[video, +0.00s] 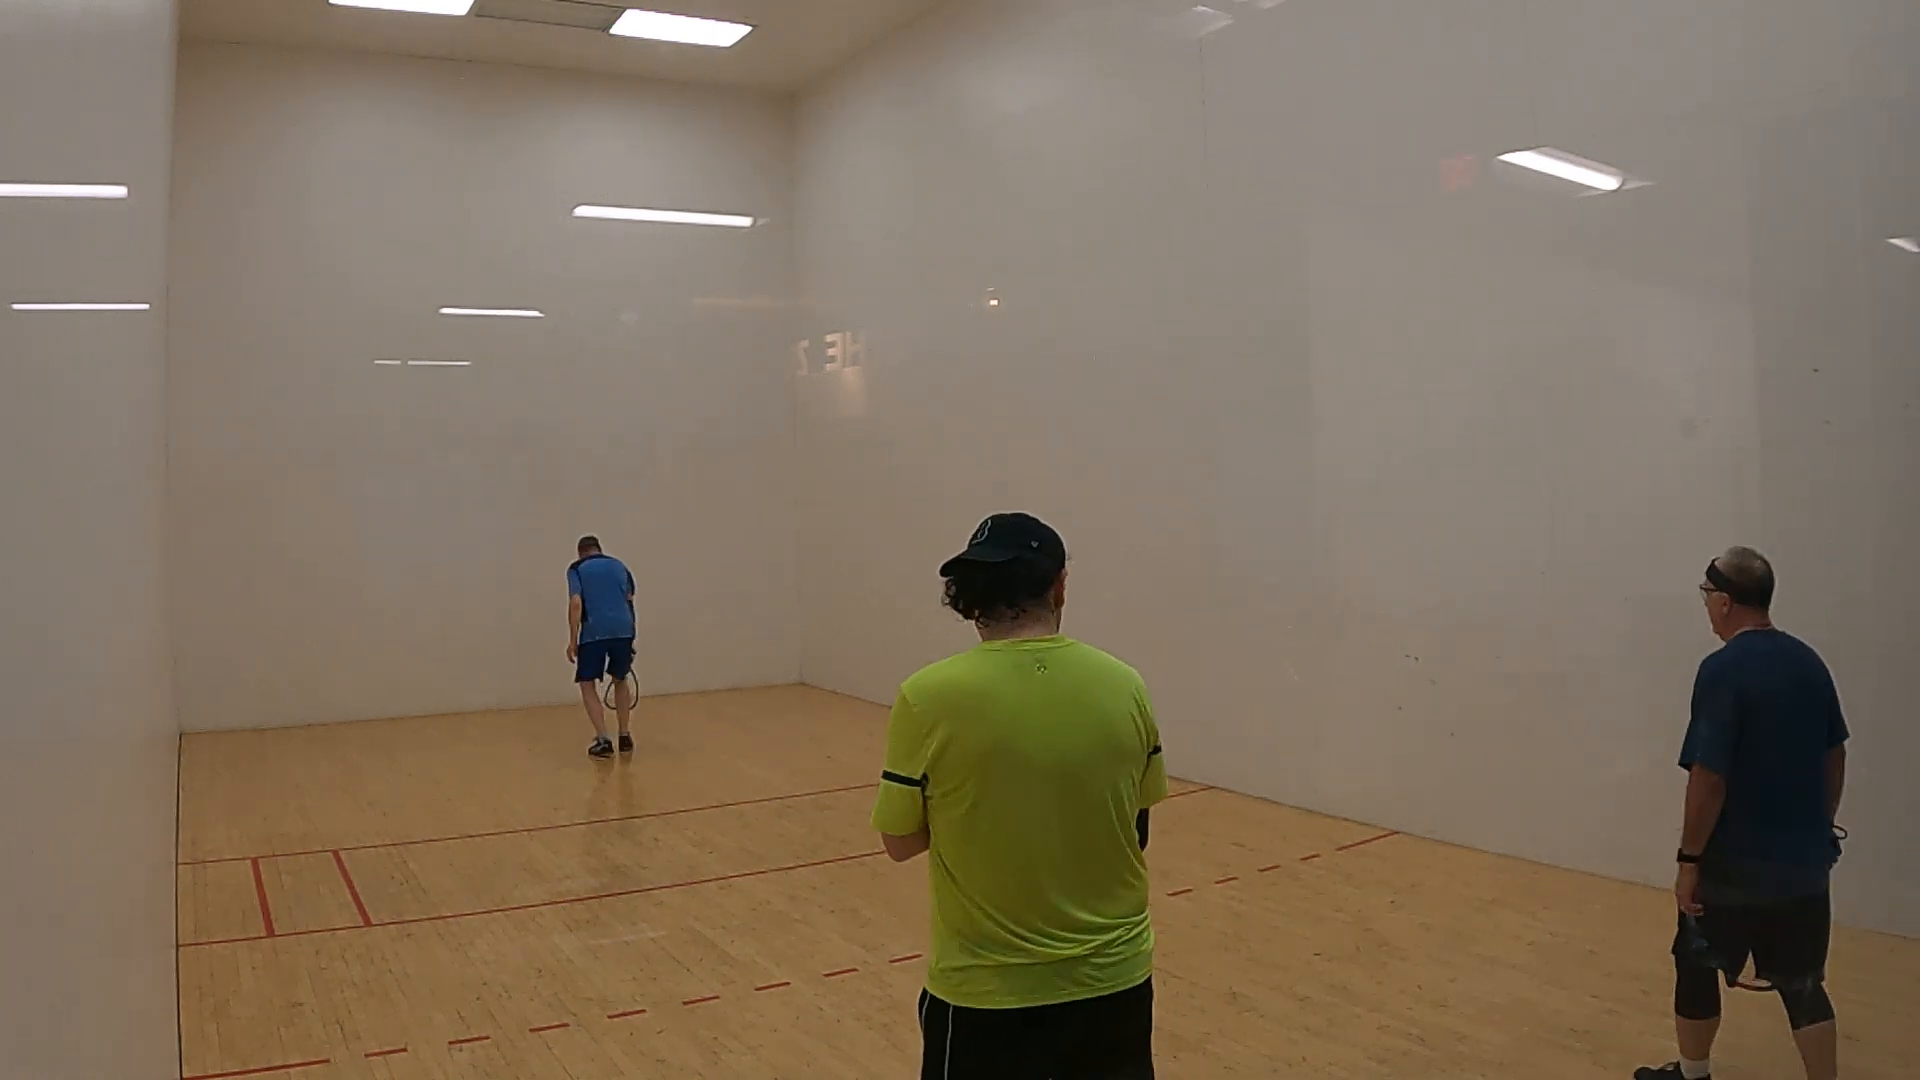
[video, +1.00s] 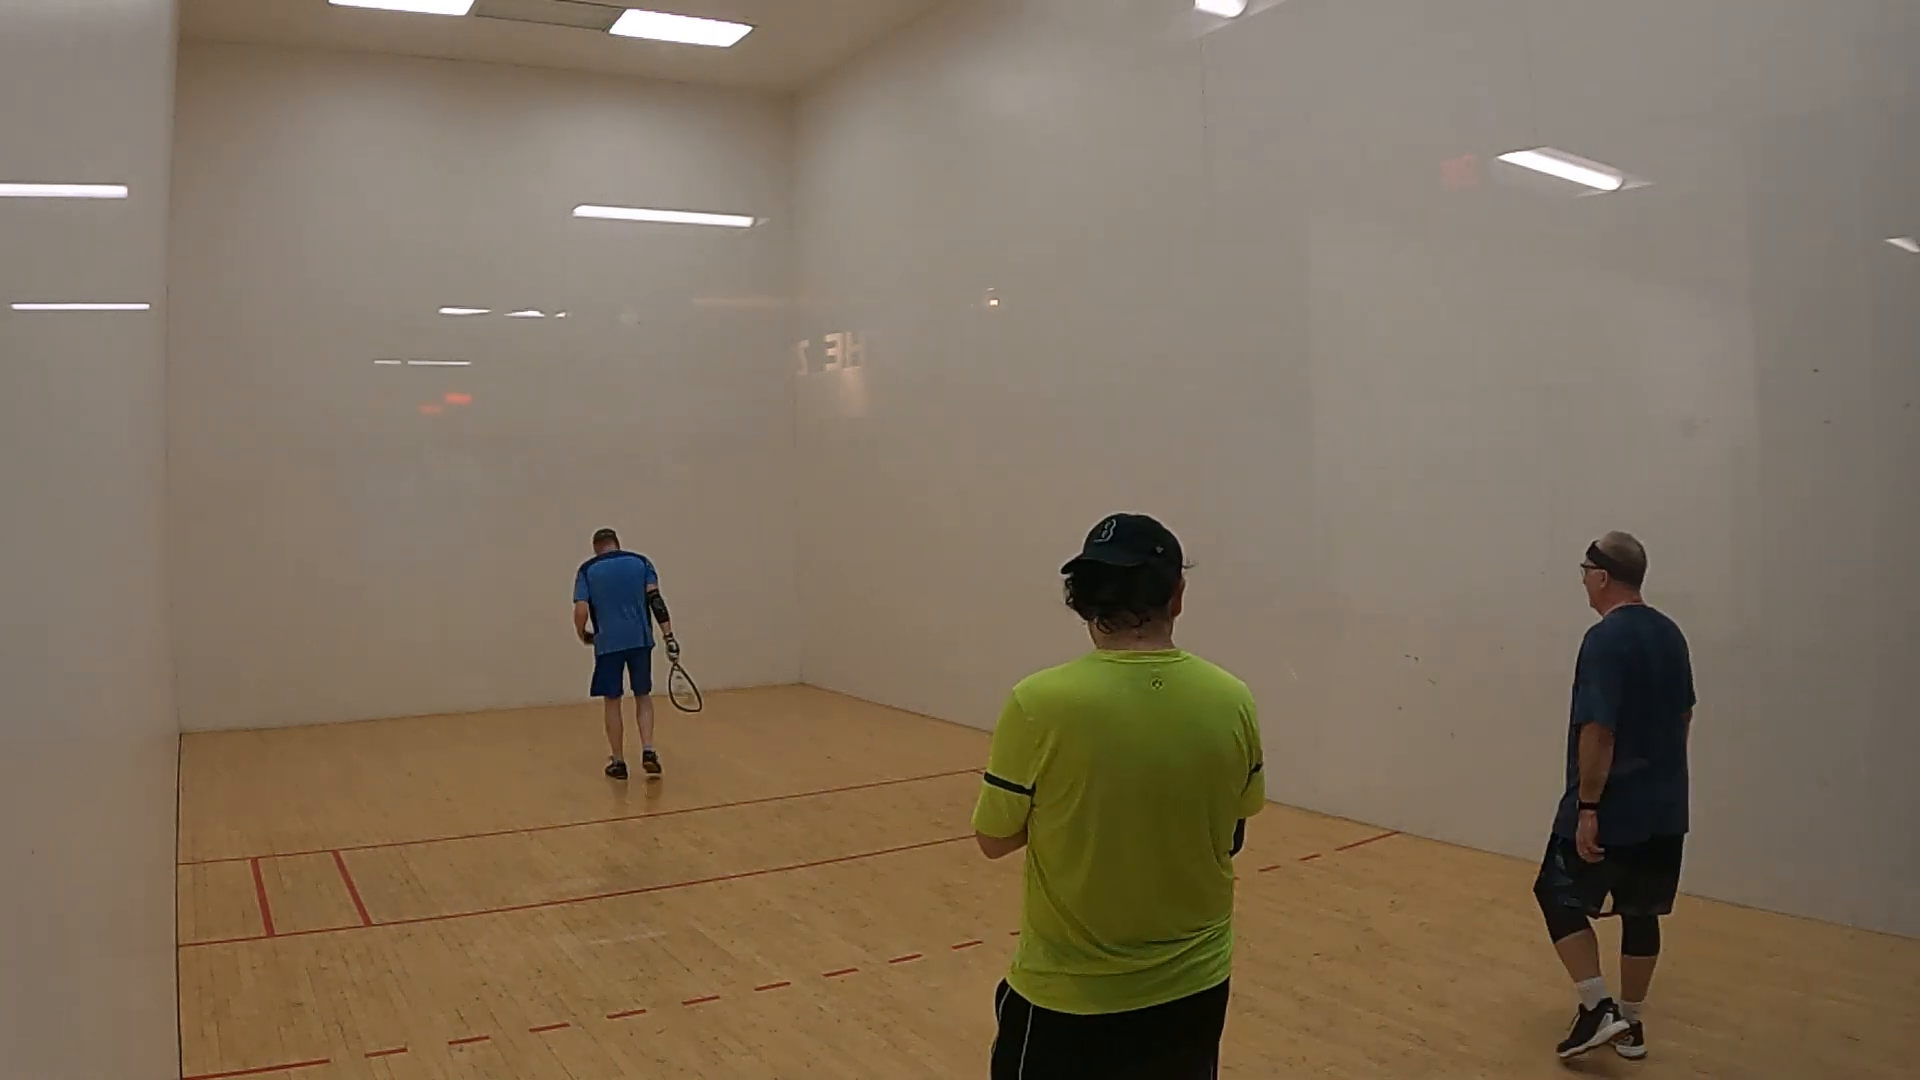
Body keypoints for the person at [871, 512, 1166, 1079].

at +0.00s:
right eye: (1065, 578)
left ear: (968, 595)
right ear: (1060, 586)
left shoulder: (929, 696)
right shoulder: (1122, 685)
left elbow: (901, 842)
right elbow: (1137, 824)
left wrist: (975, 792)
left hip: (983, 1014)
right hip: (1112, 1005)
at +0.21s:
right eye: (1109, 579)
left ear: (1014, 594)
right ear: (1103, 589)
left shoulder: (967, 696)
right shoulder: (1162, 691)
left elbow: (931, 832)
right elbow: (1171, 832)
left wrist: (1008, 793)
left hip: (1003, 1014)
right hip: (1135, 1008)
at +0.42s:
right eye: (1156, 588)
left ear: (1058, 595)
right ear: (1149, 595)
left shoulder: (1011, 698)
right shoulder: (1202, 697)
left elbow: (971, 832)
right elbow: (1207, 831)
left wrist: (1046, 791)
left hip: (1037, 1017)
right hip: (1168, 1010)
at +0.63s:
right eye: (1177, 588)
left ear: (1077, 597)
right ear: (1169, 596)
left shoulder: (1028, 698)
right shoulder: (1220, 700)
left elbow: (984, 832)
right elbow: (1223, 834)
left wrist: (1062, 796)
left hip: (1052, 1017)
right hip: (1181, 1012)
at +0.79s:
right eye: (1182, 588)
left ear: (1081, 597)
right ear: (1175, 597)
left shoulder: (1034, 700)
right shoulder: (1226, 699)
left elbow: (993, 835)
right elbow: (1231, 833)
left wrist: (1069, 796)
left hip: (1059, 1016)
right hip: (1187, 1010)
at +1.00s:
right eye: (1186, 585)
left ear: (1082, 599)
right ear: (1178, 596)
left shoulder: (1039, 703)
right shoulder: (1230, 701)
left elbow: (994, 838)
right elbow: (1232, 833)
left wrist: (1069, 796)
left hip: (1061, 1016)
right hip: (1188, 1010)